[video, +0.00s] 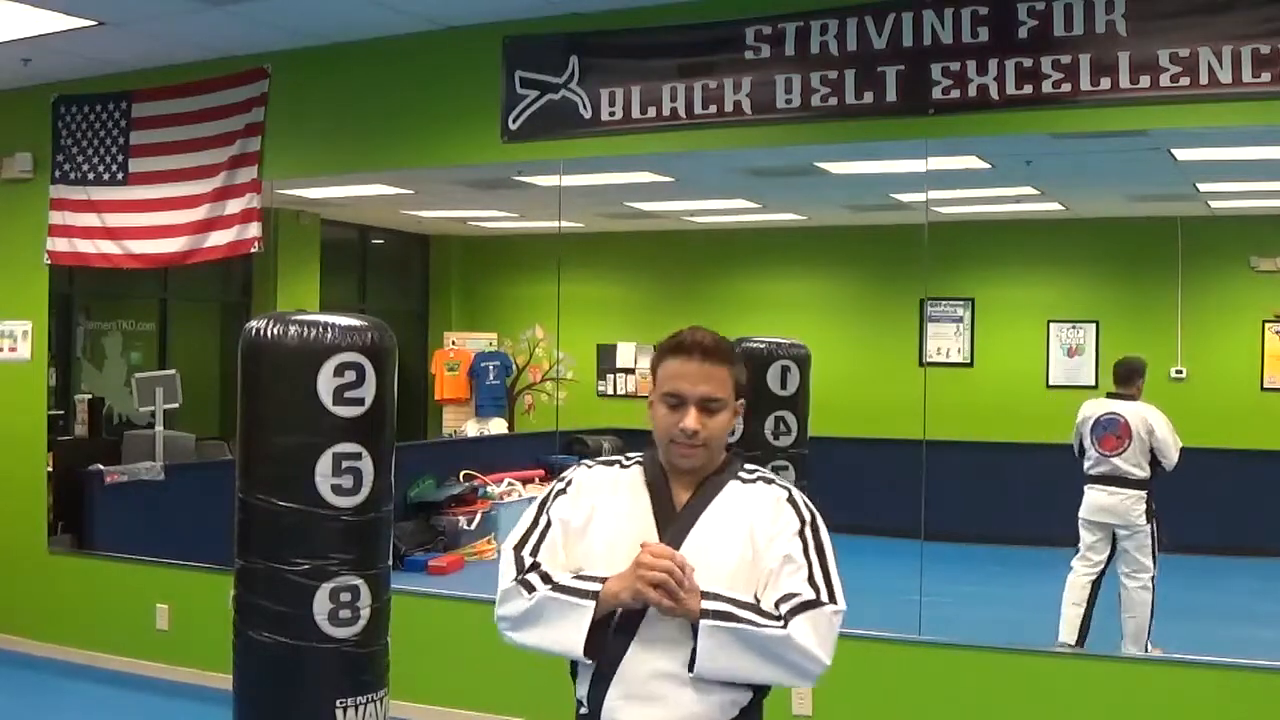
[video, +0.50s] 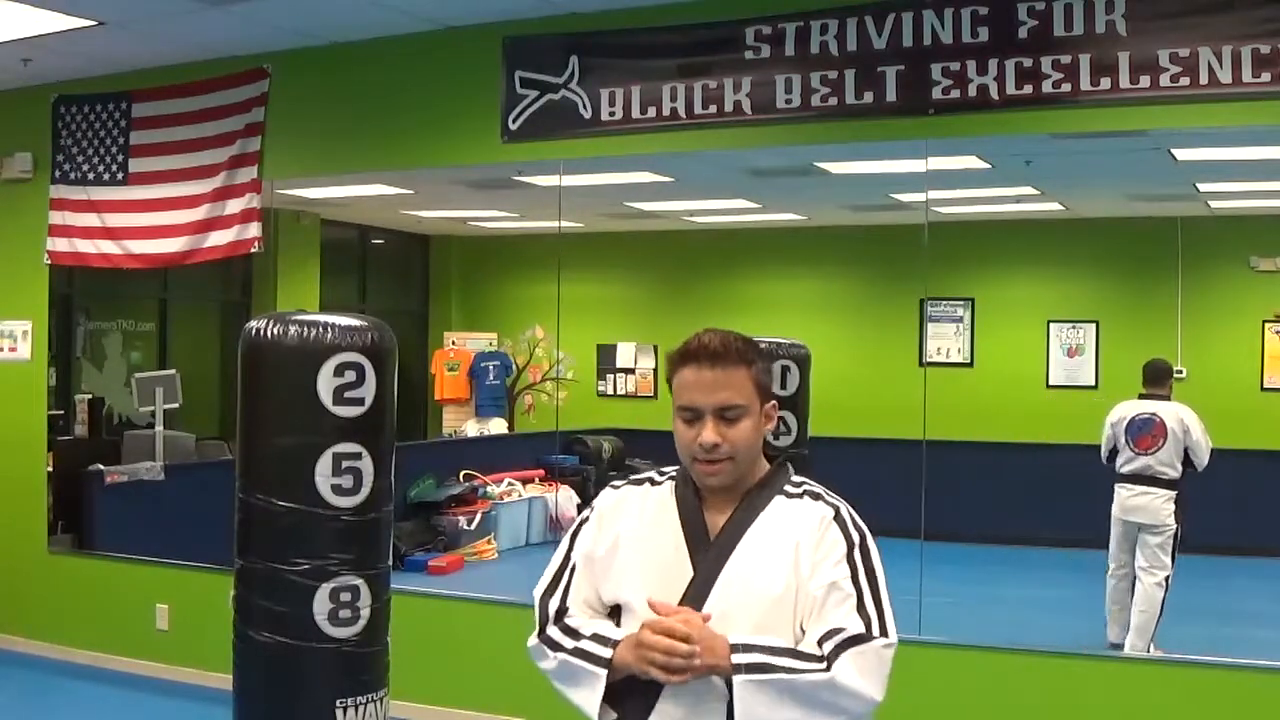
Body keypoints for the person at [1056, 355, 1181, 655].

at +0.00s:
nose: (1143, 384)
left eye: (1141, 380)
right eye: (1143, 381)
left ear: (1113, 381)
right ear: (1140, 383)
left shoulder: (1089, 409)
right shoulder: (1150, 415)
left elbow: (1079, 449)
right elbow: (1170, 459)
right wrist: (1144, 450)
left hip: (1094, 499)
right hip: (1132, 503)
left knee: (1085, 564)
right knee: (1137, 574)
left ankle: (1067, 641)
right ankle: (1135, 649)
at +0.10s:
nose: (1153, 385)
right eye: (1153, 381)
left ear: (1123, 381)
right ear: (1151, 383)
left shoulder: (1099, 409)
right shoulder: (1162, 417)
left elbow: (1088, 448)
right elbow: (1180, 460)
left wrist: (1118, 437)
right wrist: (1153, 447)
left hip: (1103, 501)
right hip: (1141, 505)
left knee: (1093, 562)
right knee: (1141, 575)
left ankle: (1075, 630)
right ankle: (1136, 650)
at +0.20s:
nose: (1161, 386)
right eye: (1162, 382)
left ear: (1132, 381)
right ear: (1159, 384)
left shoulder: (1107, 410)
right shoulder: (1170, 417)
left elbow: (1095, 449)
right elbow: (1187, 462)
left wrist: (1126, 437)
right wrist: (1159, 445)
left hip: (1111, 502)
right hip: (1148, 506)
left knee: (1103, 558)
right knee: (1145, 574)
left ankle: (1086, 619)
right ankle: (1138, 650)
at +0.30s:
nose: (1162, 385)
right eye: (1164, 381)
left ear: (1135, 381)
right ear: (1164, 383)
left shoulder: (1112, 410)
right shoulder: (1177, 416)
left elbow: (1100, 452)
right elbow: (1191, 461)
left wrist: (1129, 442)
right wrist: (1164, 448)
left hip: (1116, 500)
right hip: (1153, 504)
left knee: (1108, 560)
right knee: (1147, 574)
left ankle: (1095, 629)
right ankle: (1137, 648)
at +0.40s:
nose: (1163, 384)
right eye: (1165, 379)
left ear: (1140, 381)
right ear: (1167, 381)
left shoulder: (1117, 410)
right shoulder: (1182, 415)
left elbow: (1103, 454)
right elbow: (1197, 460)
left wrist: (1134, 452)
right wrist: (1168, 458)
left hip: (1120, 500)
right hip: (1157, 504)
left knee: (1112, 565)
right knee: (1149, 573)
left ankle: (1104, 639)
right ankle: (1137, 647)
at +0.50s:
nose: (1167, 385)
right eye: (1169, 380)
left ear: (1143, 382)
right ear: (1170, 382)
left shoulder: (1120, 411)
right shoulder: (1184, 415)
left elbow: (1107, 456)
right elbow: (1200, 460)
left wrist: (1136, 452)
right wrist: (1172, 455)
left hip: (1124, 501)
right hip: (1160, 504)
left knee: (1119, 567)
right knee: (1151, 573)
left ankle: (1116, 636)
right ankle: (1138, 647)